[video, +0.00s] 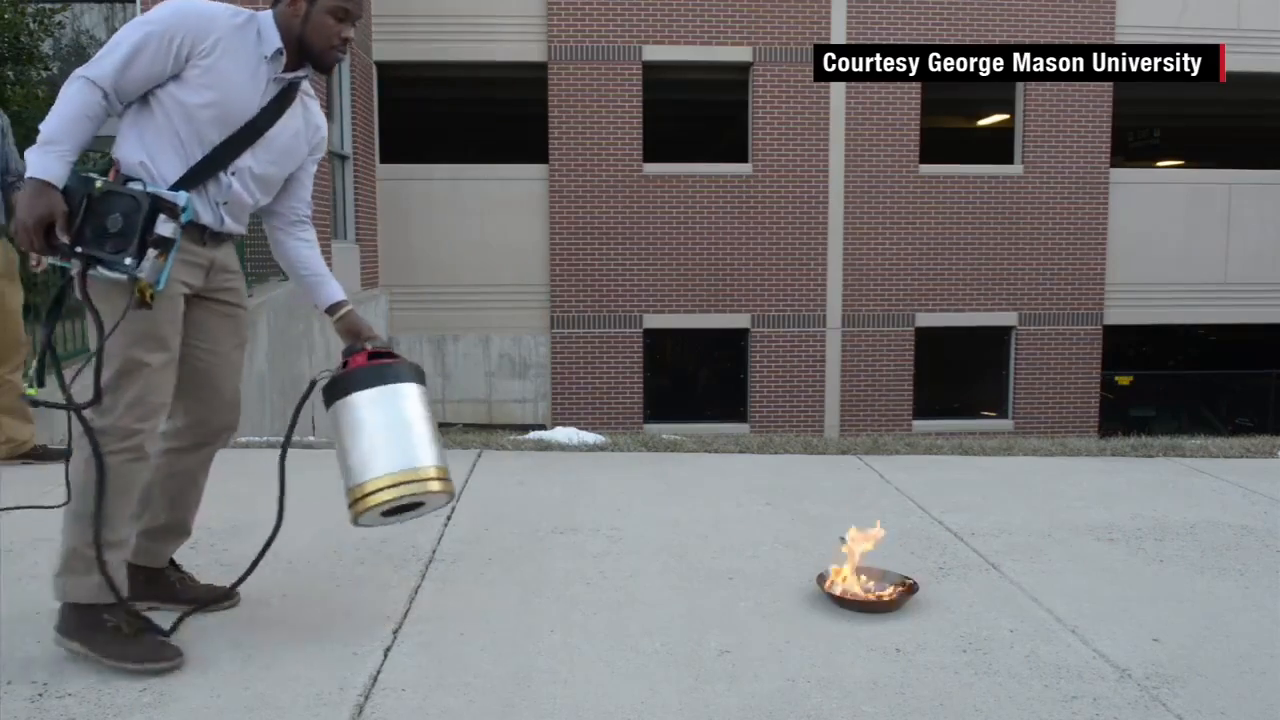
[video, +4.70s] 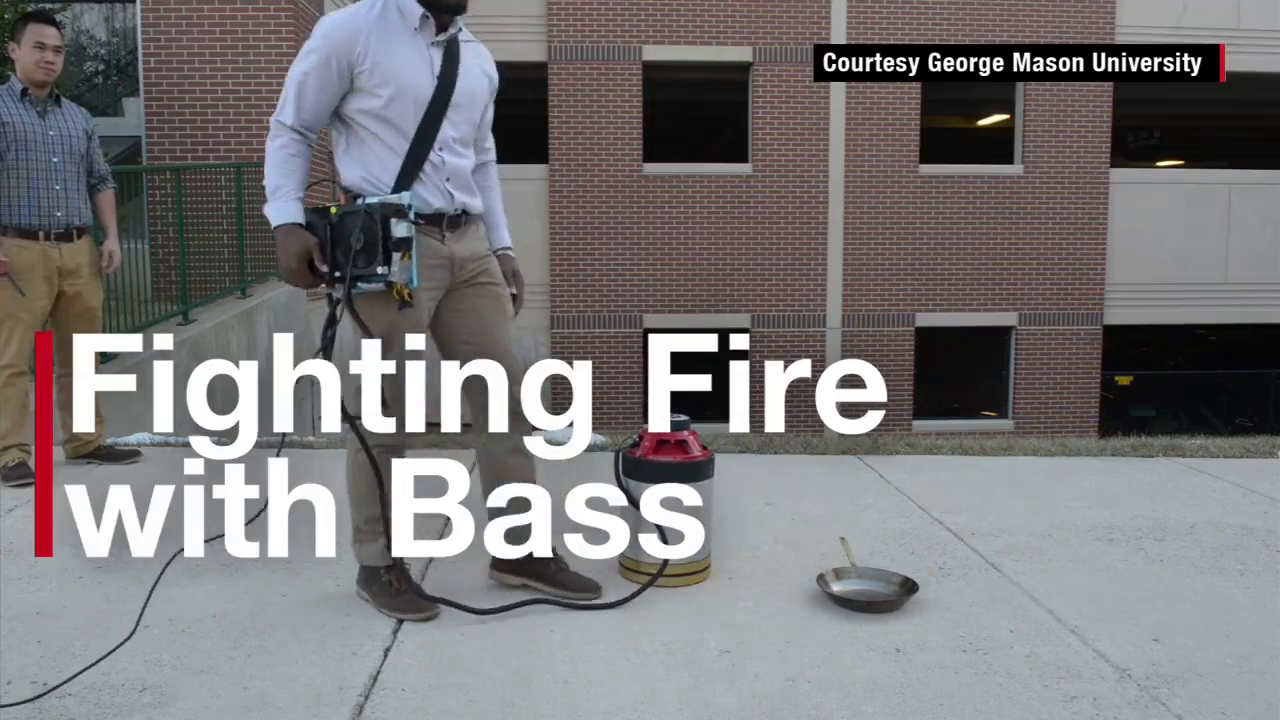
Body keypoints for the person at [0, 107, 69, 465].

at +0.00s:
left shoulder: (4, 123)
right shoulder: (6, 124)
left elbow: (14, 179)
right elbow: (14, 180)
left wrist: (30, 232)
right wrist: (31, 232)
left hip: (5, 241)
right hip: (4, 243)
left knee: (11, 342)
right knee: (10, 342)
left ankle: (13, 435)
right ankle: (12, 436)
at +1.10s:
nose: (19, 62)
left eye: (25, 55)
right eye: (10, 52)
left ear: (31, 61)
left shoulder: (41, 113)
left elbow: (66, 174)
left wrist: (84, 224)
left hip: (55, 247)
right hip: (7, 252)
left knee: (72, 340)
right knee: (4, 360)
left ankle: (57, 437)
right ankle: (11, 452)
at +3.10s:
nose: (52, 59)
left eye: (60, 53)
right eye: (42, 49)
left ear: (65, 61)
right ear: (15, 52)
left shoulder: (77, 115)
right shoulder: (3, 106)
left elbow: (100, 179)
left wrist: (113, 235)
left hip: (80, 249)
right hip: (21, 251)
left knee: (83, 352)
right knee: (17, 360)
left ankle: (86, 442)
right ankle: (13, 452)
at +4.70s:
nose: (51, 57)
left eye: (58, 51)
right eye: (40, 47)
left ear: (64, 60)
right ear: (14, 52)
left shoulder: (78, 116)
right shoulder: (3, 105)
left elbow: (100, 179)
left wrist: (112, 234)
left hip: (79, 248)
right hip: (19, 250)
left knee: (84, 352)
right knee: (16, 360)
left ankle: (87, 441)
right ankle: (13, 452)